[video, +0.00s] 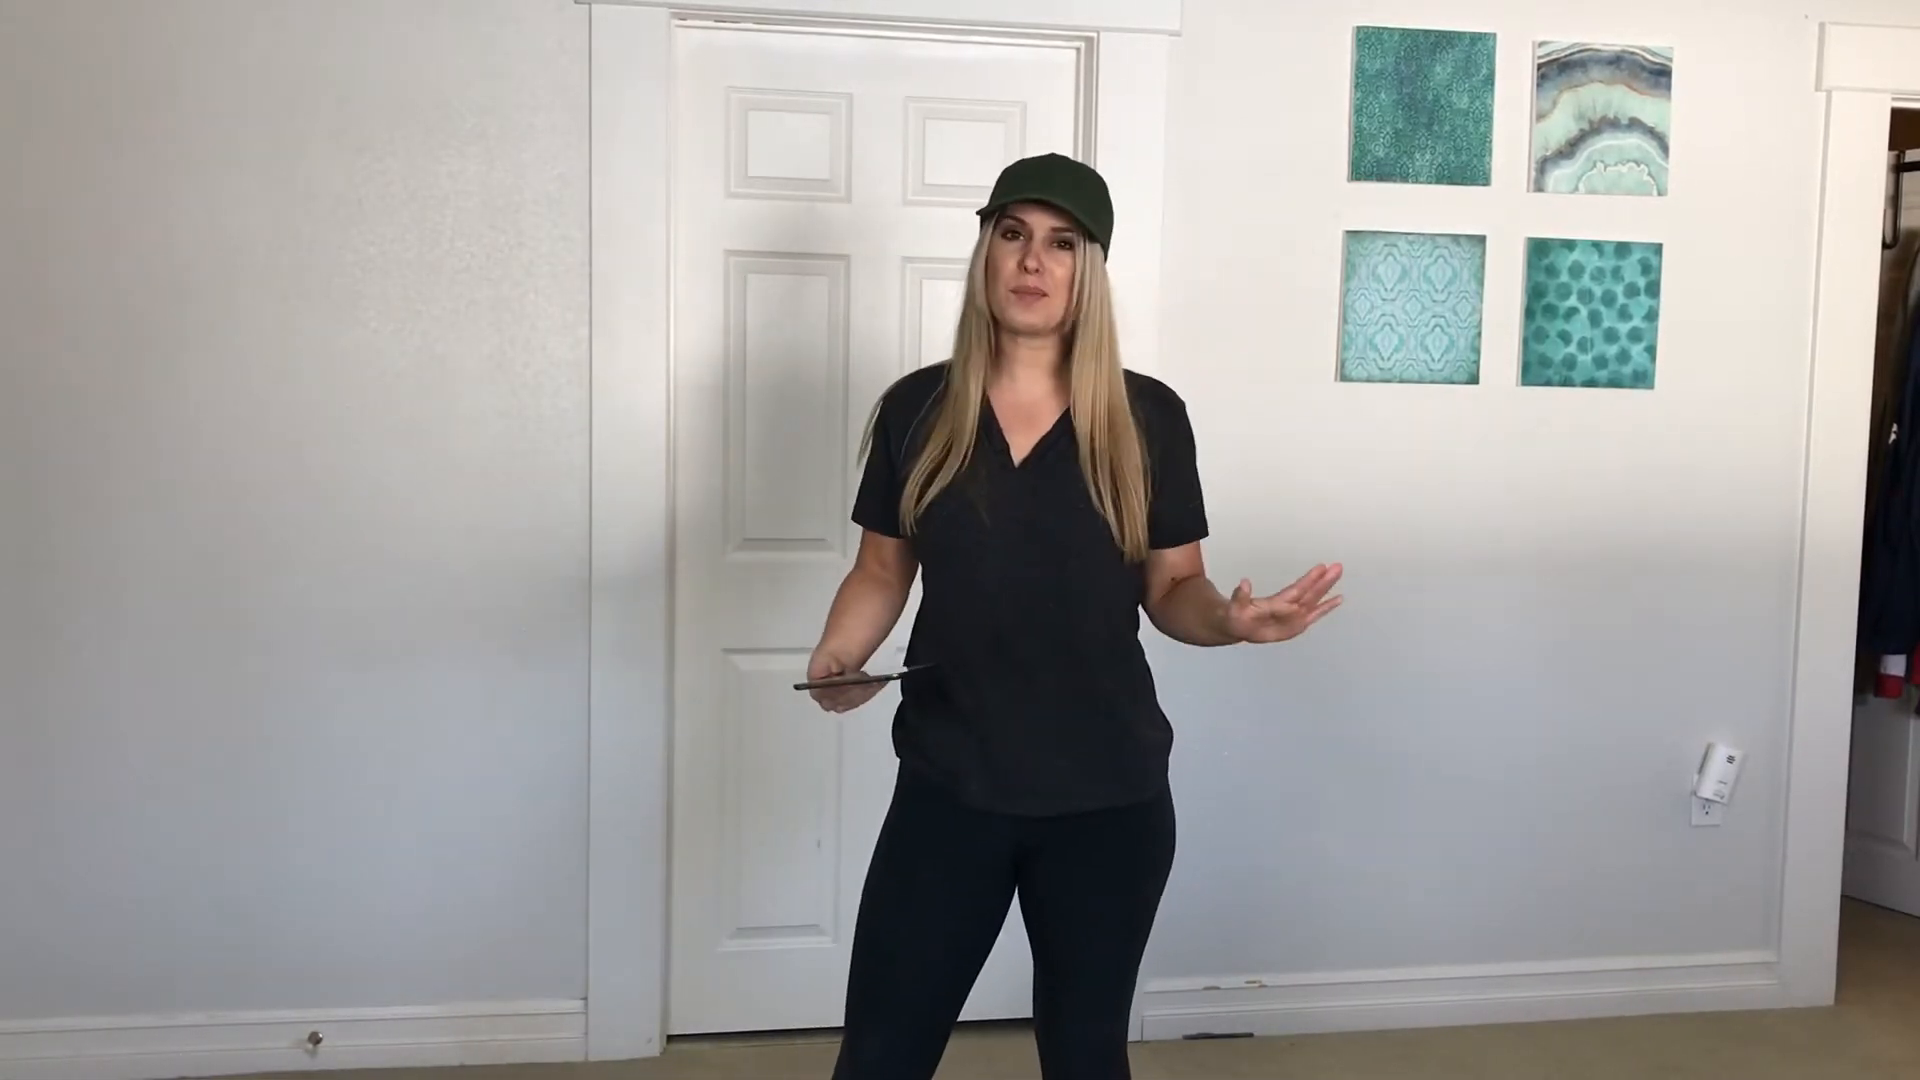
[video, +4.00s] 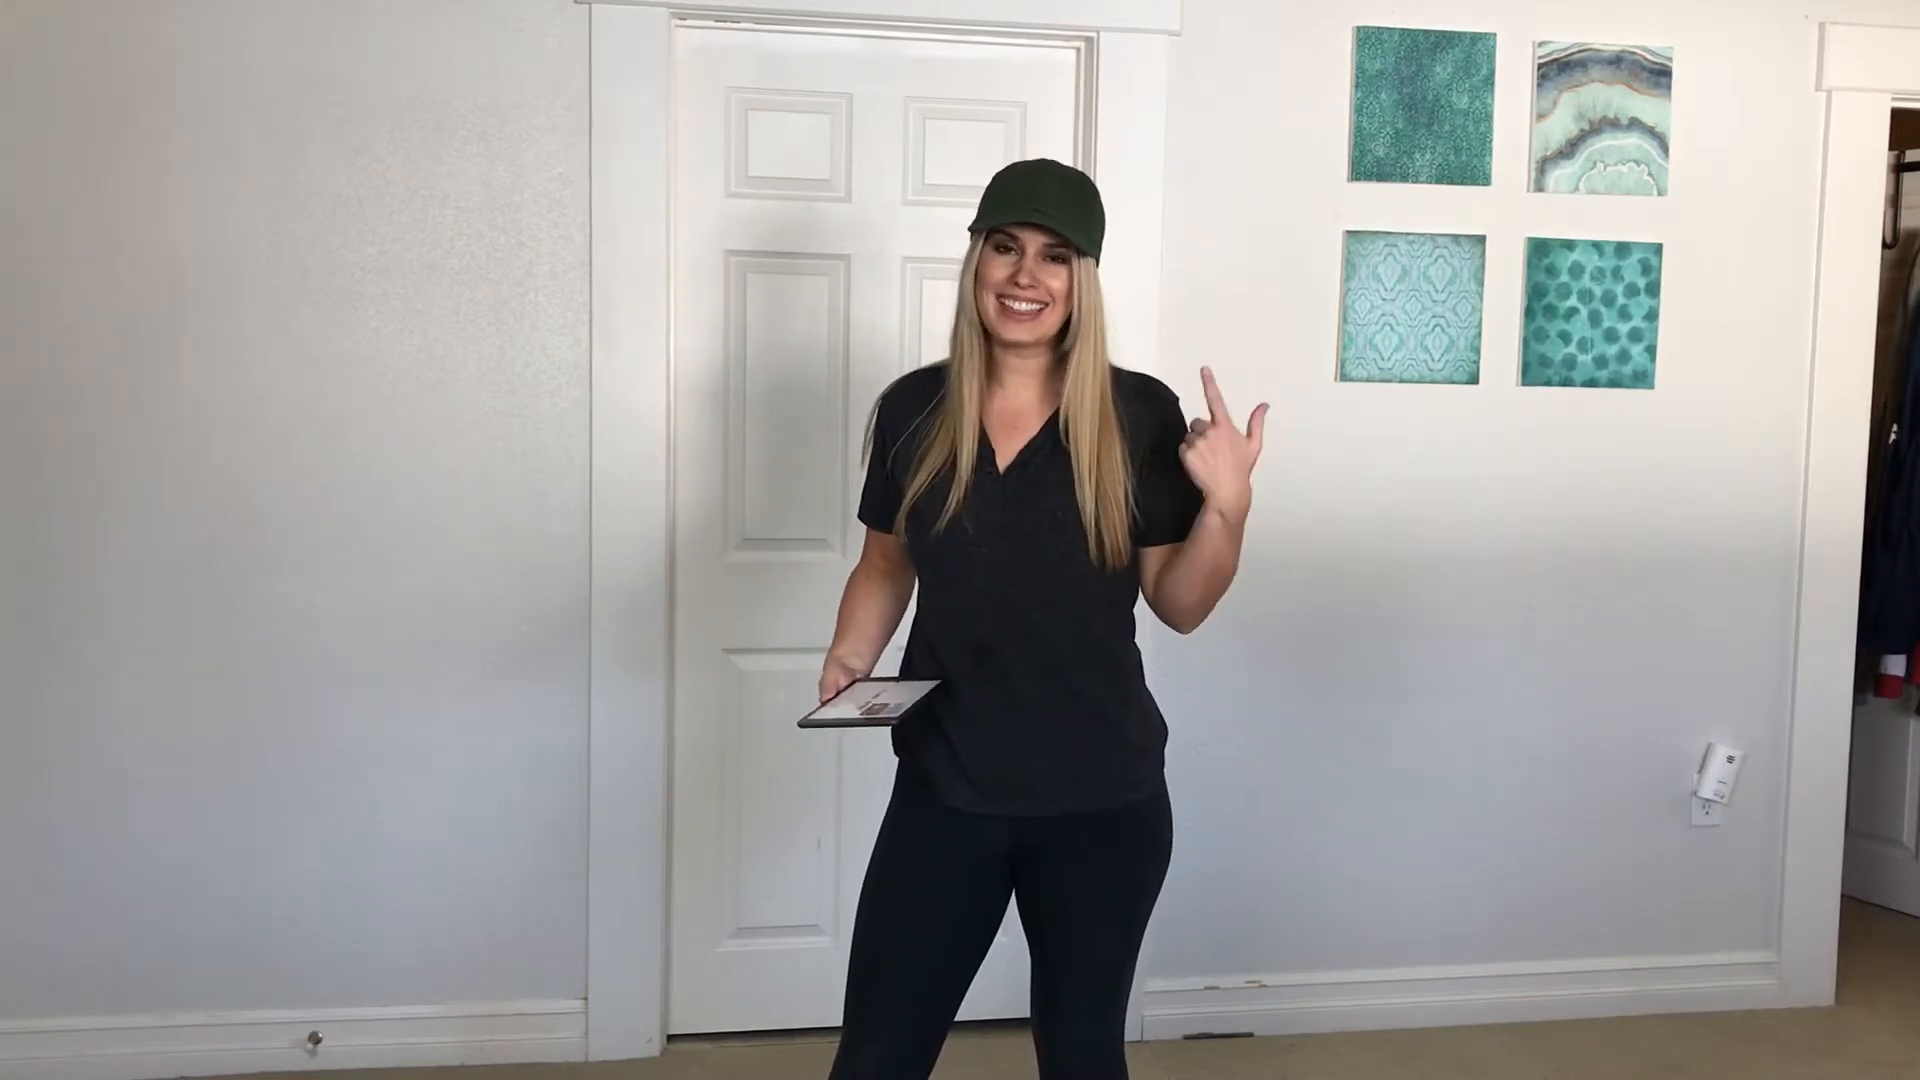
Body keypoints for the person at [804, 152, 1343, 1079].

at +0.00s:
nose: (1031, 261)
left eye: (1059, 243)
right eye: (1012, 237)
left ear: (1090, 271)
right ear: (984, 255)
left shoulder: (1145, 414)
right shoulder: (919, 409)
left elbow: (1173, 588)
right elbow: (878, 571)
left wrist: (1230, 619)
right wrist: (838, 654)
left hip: (1105, 789)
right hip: (951, 785)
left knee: (1085, 1054)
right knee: (880, 1055)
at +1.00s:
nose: (1020, 264)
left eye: (1048, 247)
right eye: (1001, 238)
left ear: (1077, 276)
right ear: (969, 255)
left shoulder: (1130, 413)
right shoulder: (901, 409)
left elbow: (1160, 585)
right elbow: (864, 566)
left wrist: (1192, 594)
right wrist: (833, 659)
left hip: (1097, 792)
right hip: (942, 786)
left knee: (1081, 1055)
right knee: (879, 1058)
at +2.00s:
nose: (1022, 257)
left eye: (1053, 245)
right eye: (1006, 230)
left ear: (1077, 280)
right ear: (971, 248)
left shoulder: (1123, 405)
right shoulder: (896, 409)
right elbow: (860, 559)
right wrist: (825, 658)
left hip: (1093, 789)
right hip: (940, 786)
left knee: (1077, 1054)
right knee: (875, 1058)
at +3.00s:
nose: (1022, 277)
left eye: (1053, 262)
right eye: (1006, 249)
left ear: (1084, 288)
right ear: (975, 260)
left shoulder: (1136, 412)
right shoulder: (911, 407)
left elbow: (1175, 583)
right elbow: (879, 562)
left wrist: (1217, 583)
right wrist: (845, 659)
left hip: (1099, 793)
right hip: (946, 787)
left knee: (1080, 1055)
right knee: (876, 1057)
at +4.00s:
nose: (1025, 274)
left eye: (1054, 257)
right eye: (1006, 249)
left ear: (1083, 281)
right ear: (974, 264)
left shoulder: (1136, 413)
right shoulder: (914, 410)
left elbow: (1179, 604)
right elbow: (884, 565)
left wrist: (1226, 512)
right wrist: (848, 659)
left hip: (1099, 797)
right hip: (947, 792)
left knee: (1080, 1058)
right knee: (875, 1059)